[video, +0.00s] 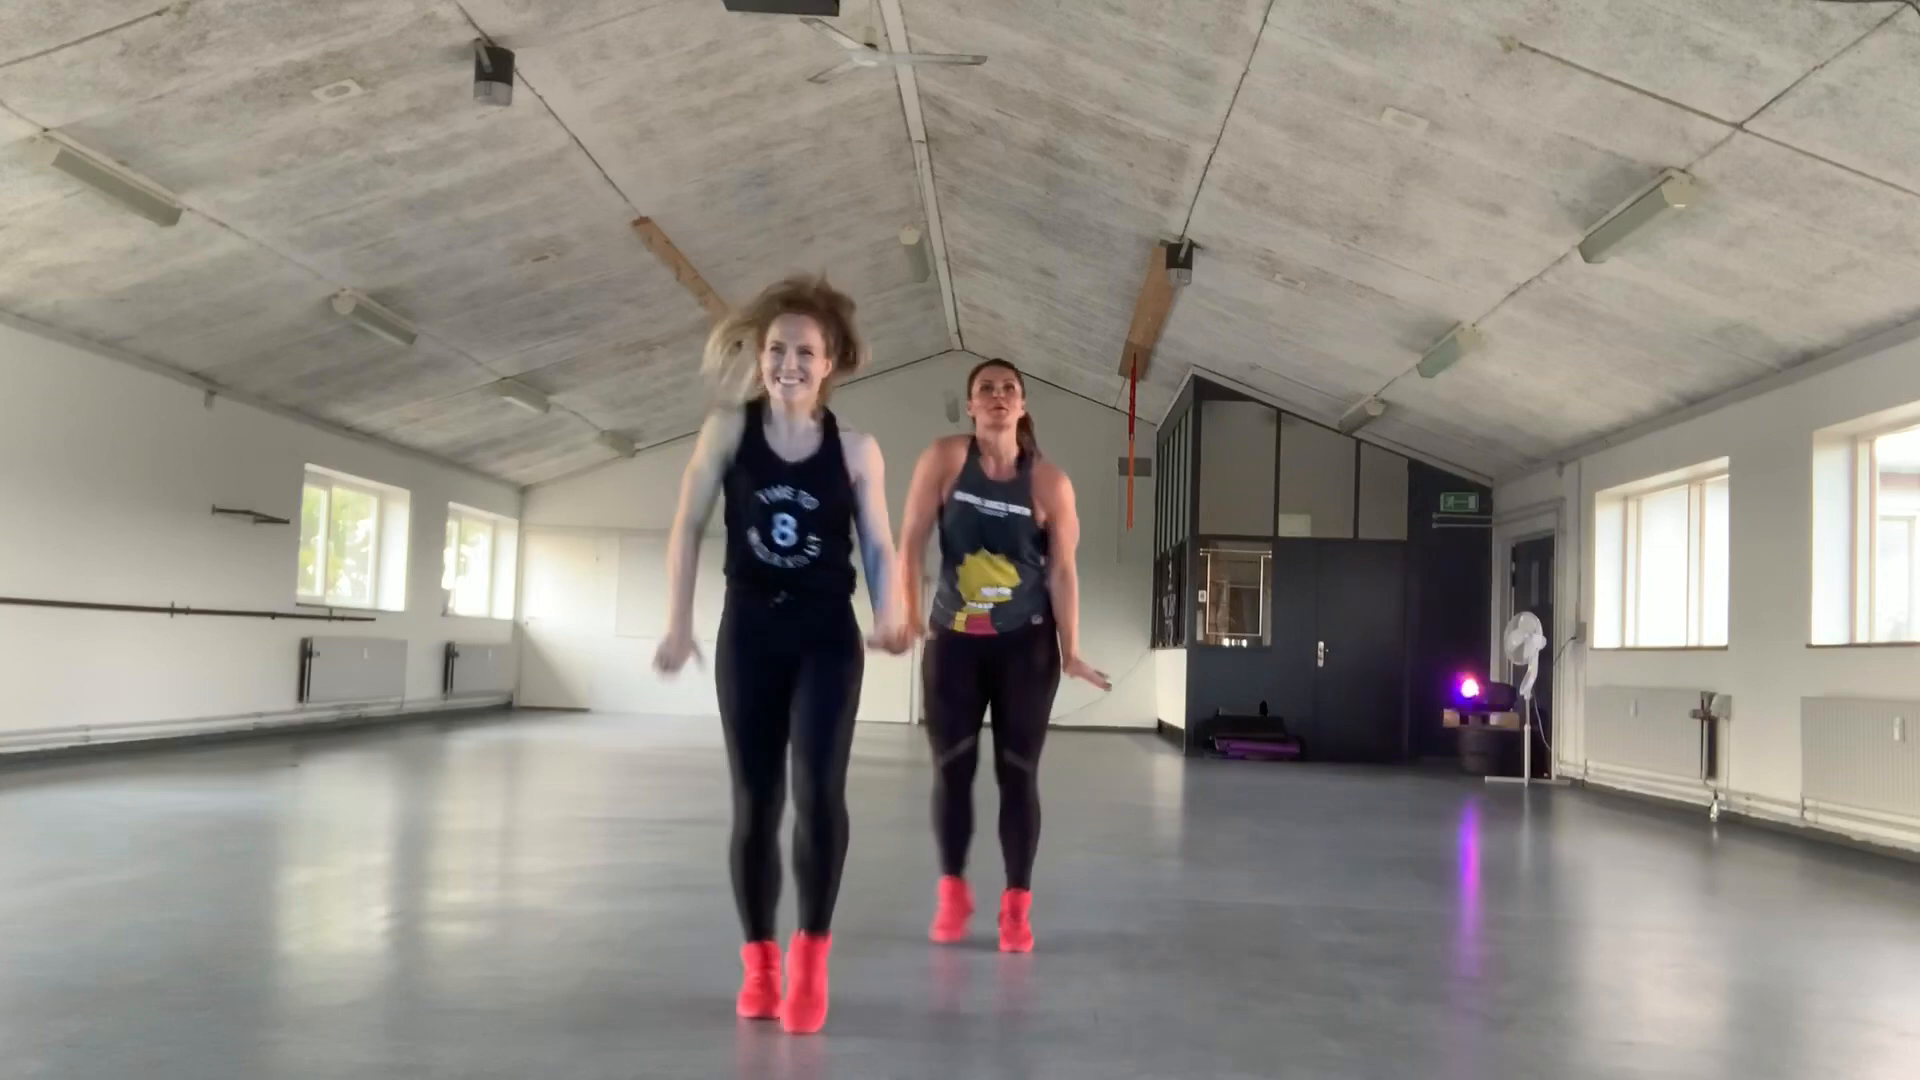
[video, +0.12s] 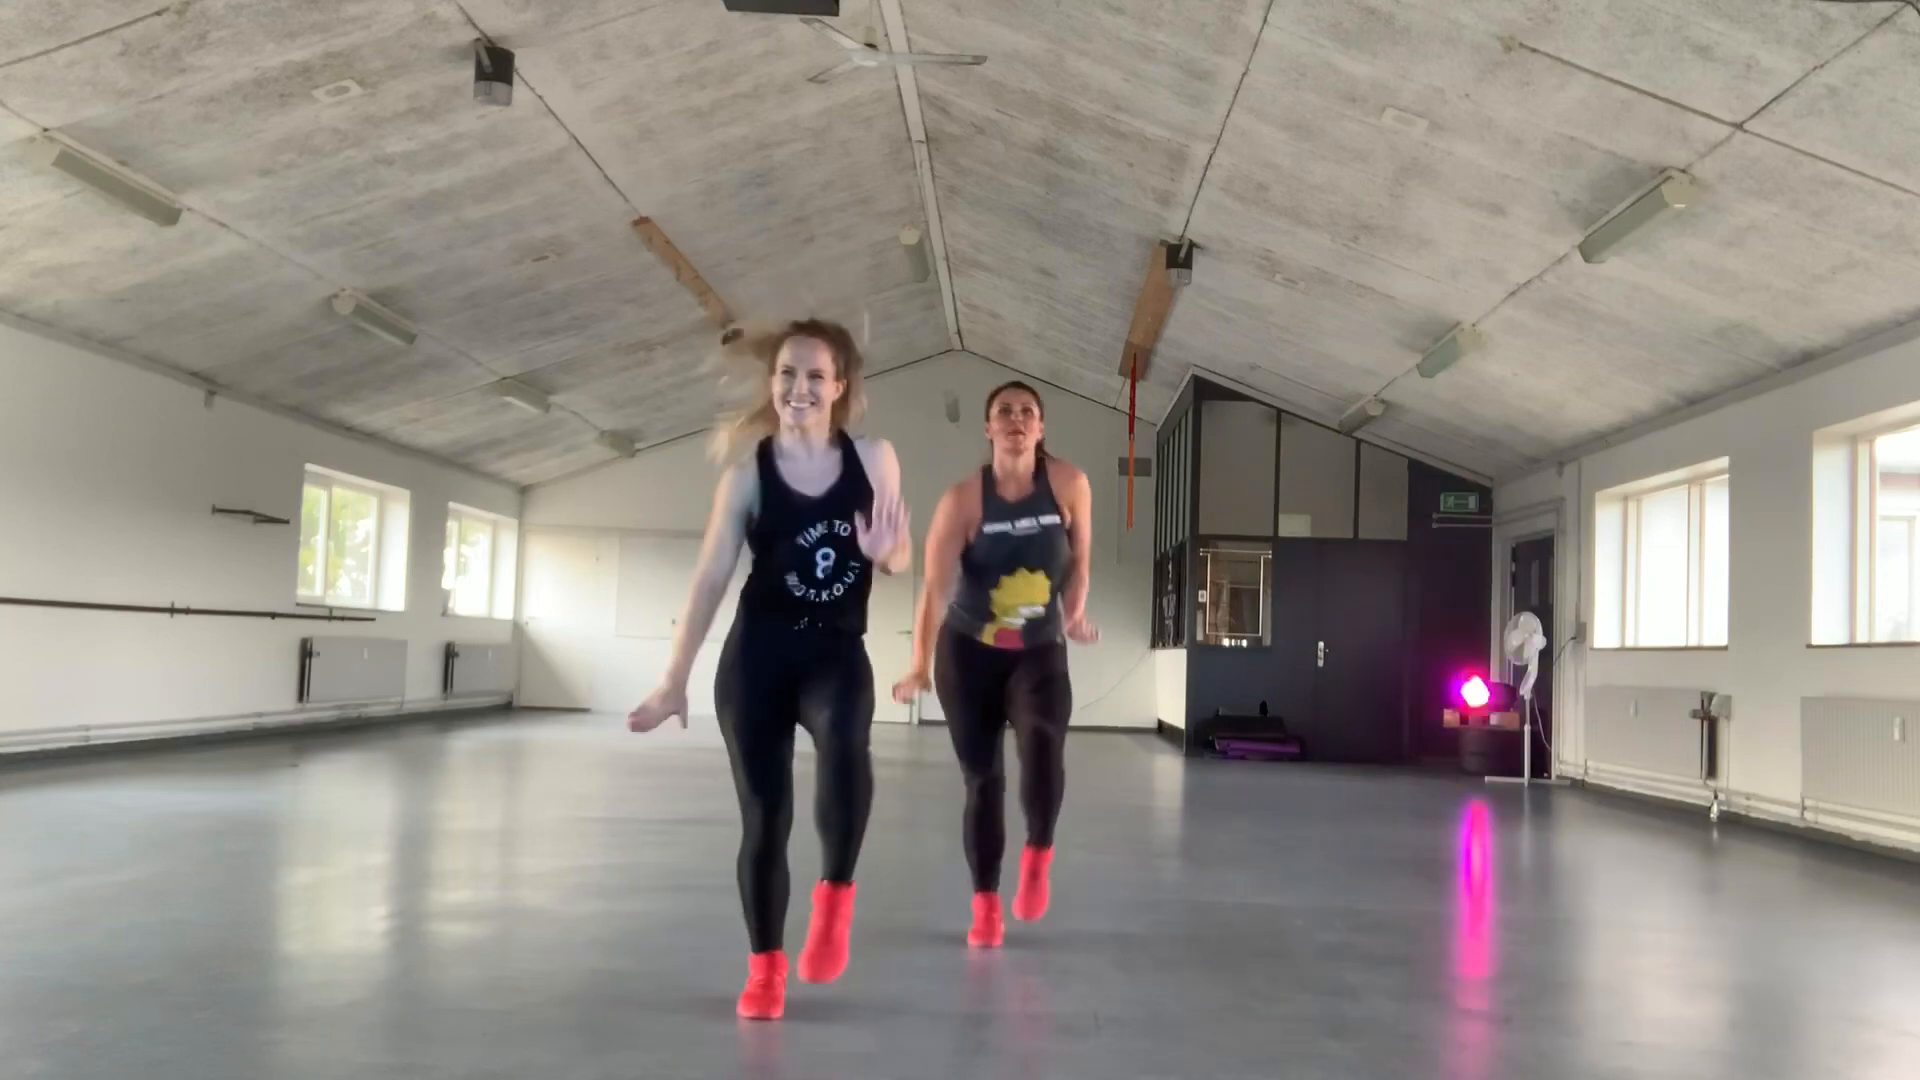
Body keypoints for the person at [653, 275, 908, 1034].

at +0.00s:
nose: (790, 361)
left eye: (806, 350)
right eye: (778, 347)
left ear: (831, 364)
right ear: (758, 356)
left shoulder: (855, 449)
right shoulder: (728, 430)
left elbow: (880, 543)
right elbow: (686, 526)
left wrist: (890, 610)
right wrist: (679, 624)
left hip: (830, 637)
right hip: (751, 635)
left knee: (817, 792)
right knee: (757, 801)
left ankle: (811, 951)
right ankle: (760, 956)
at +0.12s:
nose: (799, 386)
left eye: (815, 375)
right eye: (789, 373)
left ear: (843, 387)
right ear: (772, 382)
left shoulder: (874, 459)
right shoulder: (748, 471)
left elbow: (899, 563)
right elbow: (712, 578)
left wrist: (888, 555)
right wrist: (673, 680)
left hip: (836, 656)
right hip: (756, 655)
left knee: (846, 747)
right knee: (765, 820)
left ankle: (835, 894)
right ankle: (765, 963)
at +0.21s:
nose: (823, 360)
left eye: (838, 349)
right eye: (811, 347)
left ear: (861, 360)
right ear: (791, 357)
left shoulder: (890, 433)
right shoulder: (760, 437)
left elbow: (911, 525)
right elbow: (730, 537)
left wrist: (910, 578)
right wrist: (714, 634)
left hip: (855, 632)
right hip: (775, 633)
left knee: (873, 777)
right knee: (773, 799)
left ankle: (857, 924)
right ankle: (764, 955)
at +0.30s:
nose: (841, 353)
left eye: (858, 342)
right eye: (831, 339)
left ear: (883, 353)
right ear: (812, 344)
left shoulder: (902, 438)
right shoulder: (786, 399)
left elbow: (925, 542)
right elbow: (747, 480)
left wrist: (945, 637)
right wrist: (754, 568)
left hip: (881, 620)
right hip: (800, 616)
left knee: (874, 792)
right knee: (780, 788)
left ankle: (876, 966)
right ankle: (786, 944)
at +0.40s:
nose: (859, 358)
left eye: (875, 347)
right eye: (847, 344)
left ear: (900, 357)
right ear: (830, 351)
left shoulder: (922, 447)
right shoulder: (801, 409)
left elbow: (942, 550)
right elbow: (764, 497)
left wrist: (956, 641)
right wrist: (756, 589)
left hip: (898, 632)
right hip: (816, 630)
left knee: (887, 801)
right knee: (811, 800)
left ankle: (884, 967)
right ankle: (821, 954)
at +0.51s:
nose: (872, 376)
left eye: (888, 365)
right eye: (861, 362)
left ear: (914, 376)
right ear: (842, 368)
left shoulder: (939, 449)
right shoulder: (811, 451)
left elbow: (959, 541)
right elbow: (776, 553)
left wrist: (960, 591)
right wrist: (748, 651)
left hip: (907, 646)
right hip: (828, 646)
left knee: (915, 795)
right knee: (842, 813)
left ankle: (902, 943)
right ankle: (844, 959)